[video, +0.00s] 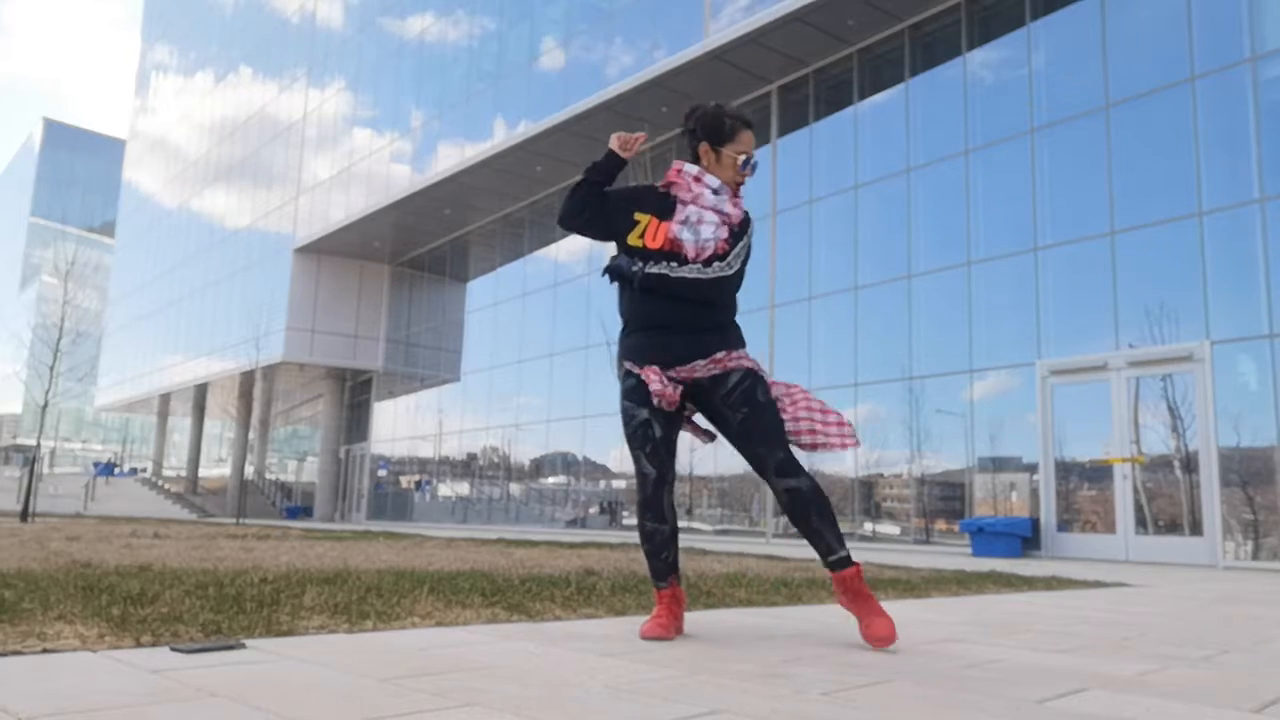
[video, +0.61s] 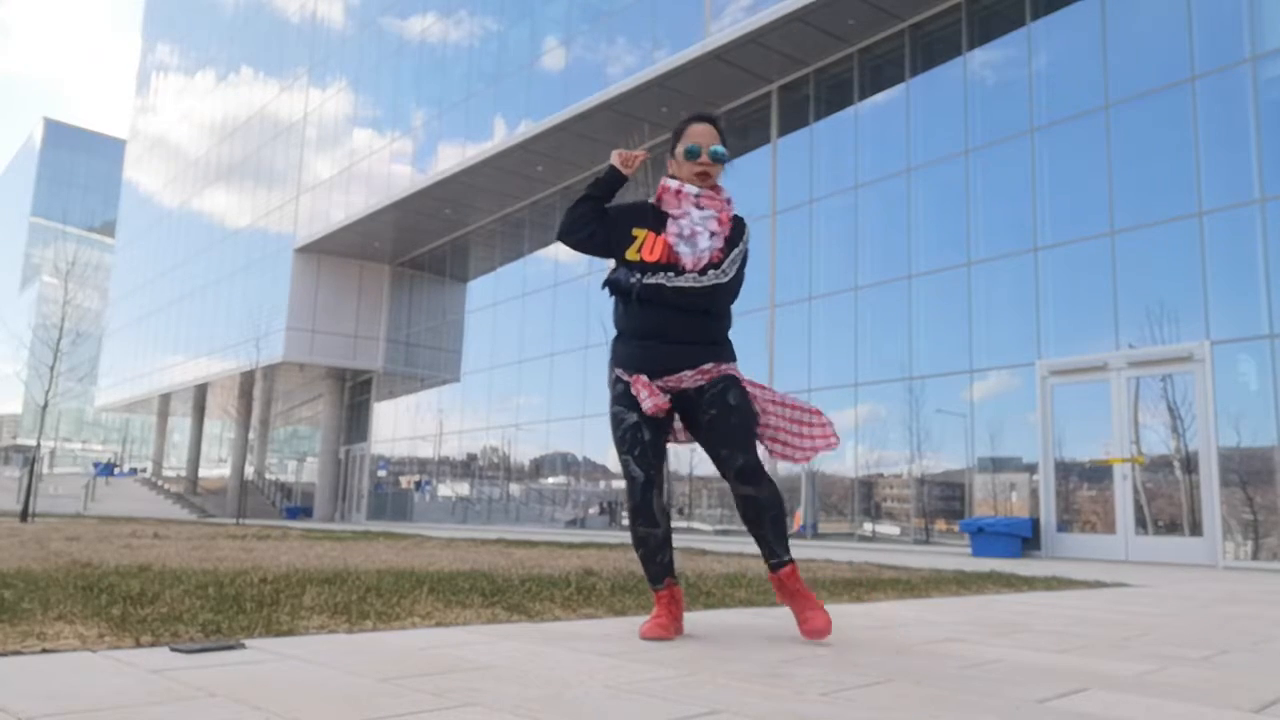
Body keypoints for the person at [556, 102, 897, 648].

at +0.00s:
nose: (748, 170)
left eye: (750, 160)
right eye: (741, 159)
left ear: (728, 159)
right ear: (705, 153)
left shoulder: (737, 222)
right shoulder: (644, 205)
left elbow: (719, 276)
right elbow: (573, 215)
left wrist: (628, 263)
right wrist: (612, 161)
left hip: (719, 357)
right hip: (648, 361)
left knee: (781, 467)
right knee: (653, 482)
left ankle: (849, 582)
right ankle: (668, 599)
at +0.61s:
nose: (705, 163)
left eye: (716, 155)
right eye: (693, 152)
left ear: (725, 165)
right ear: (671, 161)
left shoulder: (729, 225)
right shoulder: (637, 218)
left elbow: (721, 284)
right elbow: (574, 231)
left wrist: (632, 279)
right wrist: (611, 176)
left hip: (707, 367)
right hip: (637, 370)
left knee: (747, 472)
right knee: (643, 485)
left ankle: (787, 579)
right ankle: (665, 600)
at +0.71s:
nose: (697, 160)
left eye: (708, 153)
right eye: (684, 151)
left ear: (718, 162)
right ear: (664, 160)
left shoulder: (729, 220)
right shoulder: (637, 219)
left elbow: (721, 277)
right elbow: (573, 232)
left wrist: (637, 278)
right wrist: (611, 177)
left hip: (704, 367)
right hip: (636, 367)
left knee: (707, 469)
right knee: (641, 484)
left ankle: (725, 564)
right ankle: (664, 599)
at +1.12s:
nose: (683, 153)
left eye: (692, 144)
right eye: (669, 145)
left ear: (704, 155)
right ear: (650, 157)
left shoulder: (719, 213)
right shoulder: (626, 219)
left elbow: (719, 270)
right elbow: (562, 237)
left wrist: (631, 272)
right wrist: (593, 180)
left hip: (711, 358)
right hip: (642, 362)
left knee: (764, 458)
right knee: (648, 479)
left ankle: (791, 570)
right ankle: (665, 600)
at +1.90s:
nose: (687, 157)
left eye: (698, 148)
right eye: (674, 148)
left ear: (709, 159)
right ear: (654, 160)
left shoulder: (717, 216)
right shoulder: (628, 221)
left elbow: (713, 271)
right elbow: (566, 235)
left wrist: (628, 278)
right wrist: (601, 180)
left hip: (710, 365)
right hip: (644, 371)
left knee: (724, 468)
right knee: (648, 482)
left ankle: (785, 572)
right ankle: (666, 601)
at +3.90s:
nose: (689, 134)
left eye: (701, 124)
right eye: (685, 127)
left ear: (734, 137)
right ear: (683, 142)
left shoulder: (762, 192)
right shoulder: (675, 203)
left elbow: (763, 256)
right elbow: (630, 251)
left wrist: (681, 283)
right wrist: (618, 184)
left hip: (754, 359)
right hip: (686, 363)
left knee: (758, 479)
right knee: (678, 478)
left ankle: (780, 596)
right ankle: (669, 599)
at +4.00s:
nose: (700, 138)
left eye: (713, 128)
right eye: (696, 131)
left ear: (746, 140)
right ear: (695, 146)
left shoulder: (776, 196)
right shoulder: (691, 207)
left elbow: (782, 263)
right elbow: (657, 258)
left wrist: (717, 313)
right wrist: (624, 202)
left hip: (771, 359)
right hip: (704, 362)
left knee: (773, 481)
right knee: (689, 473)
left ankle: (784, 601)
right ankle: (671, 599)